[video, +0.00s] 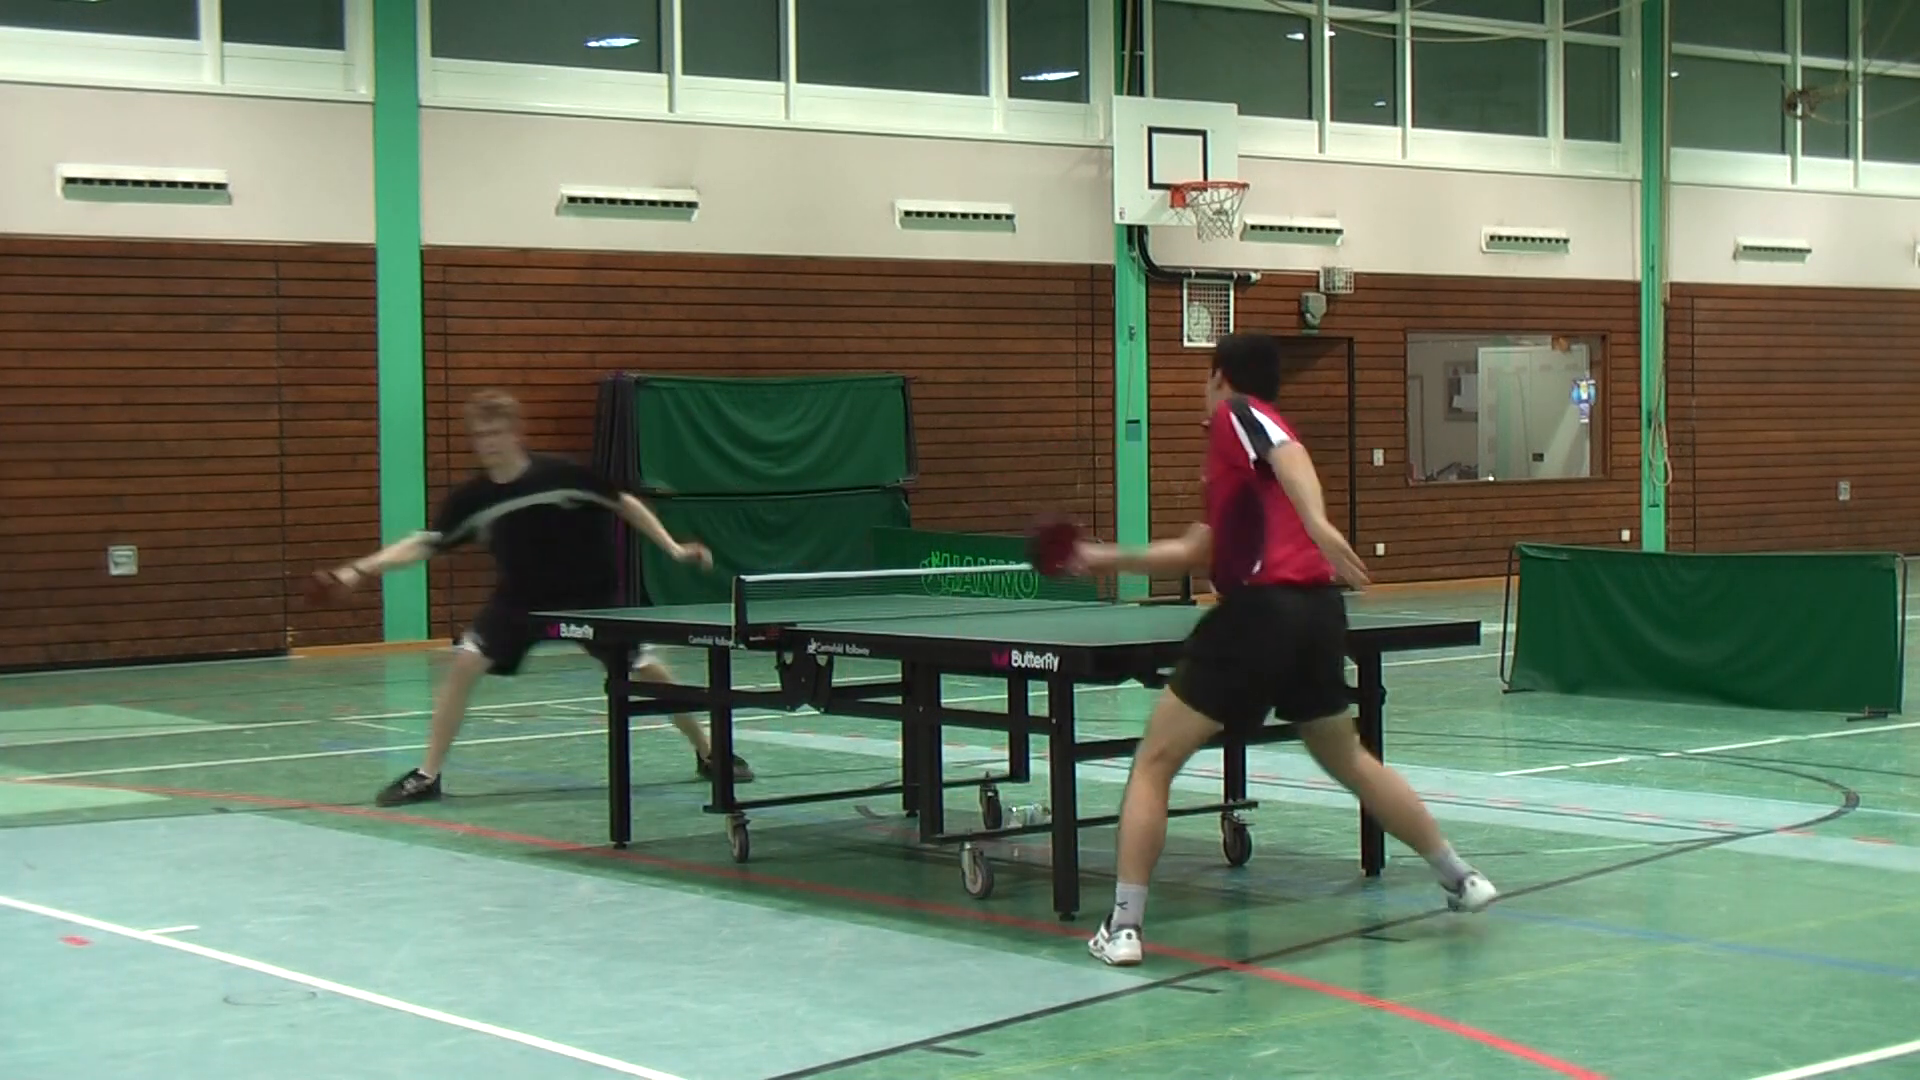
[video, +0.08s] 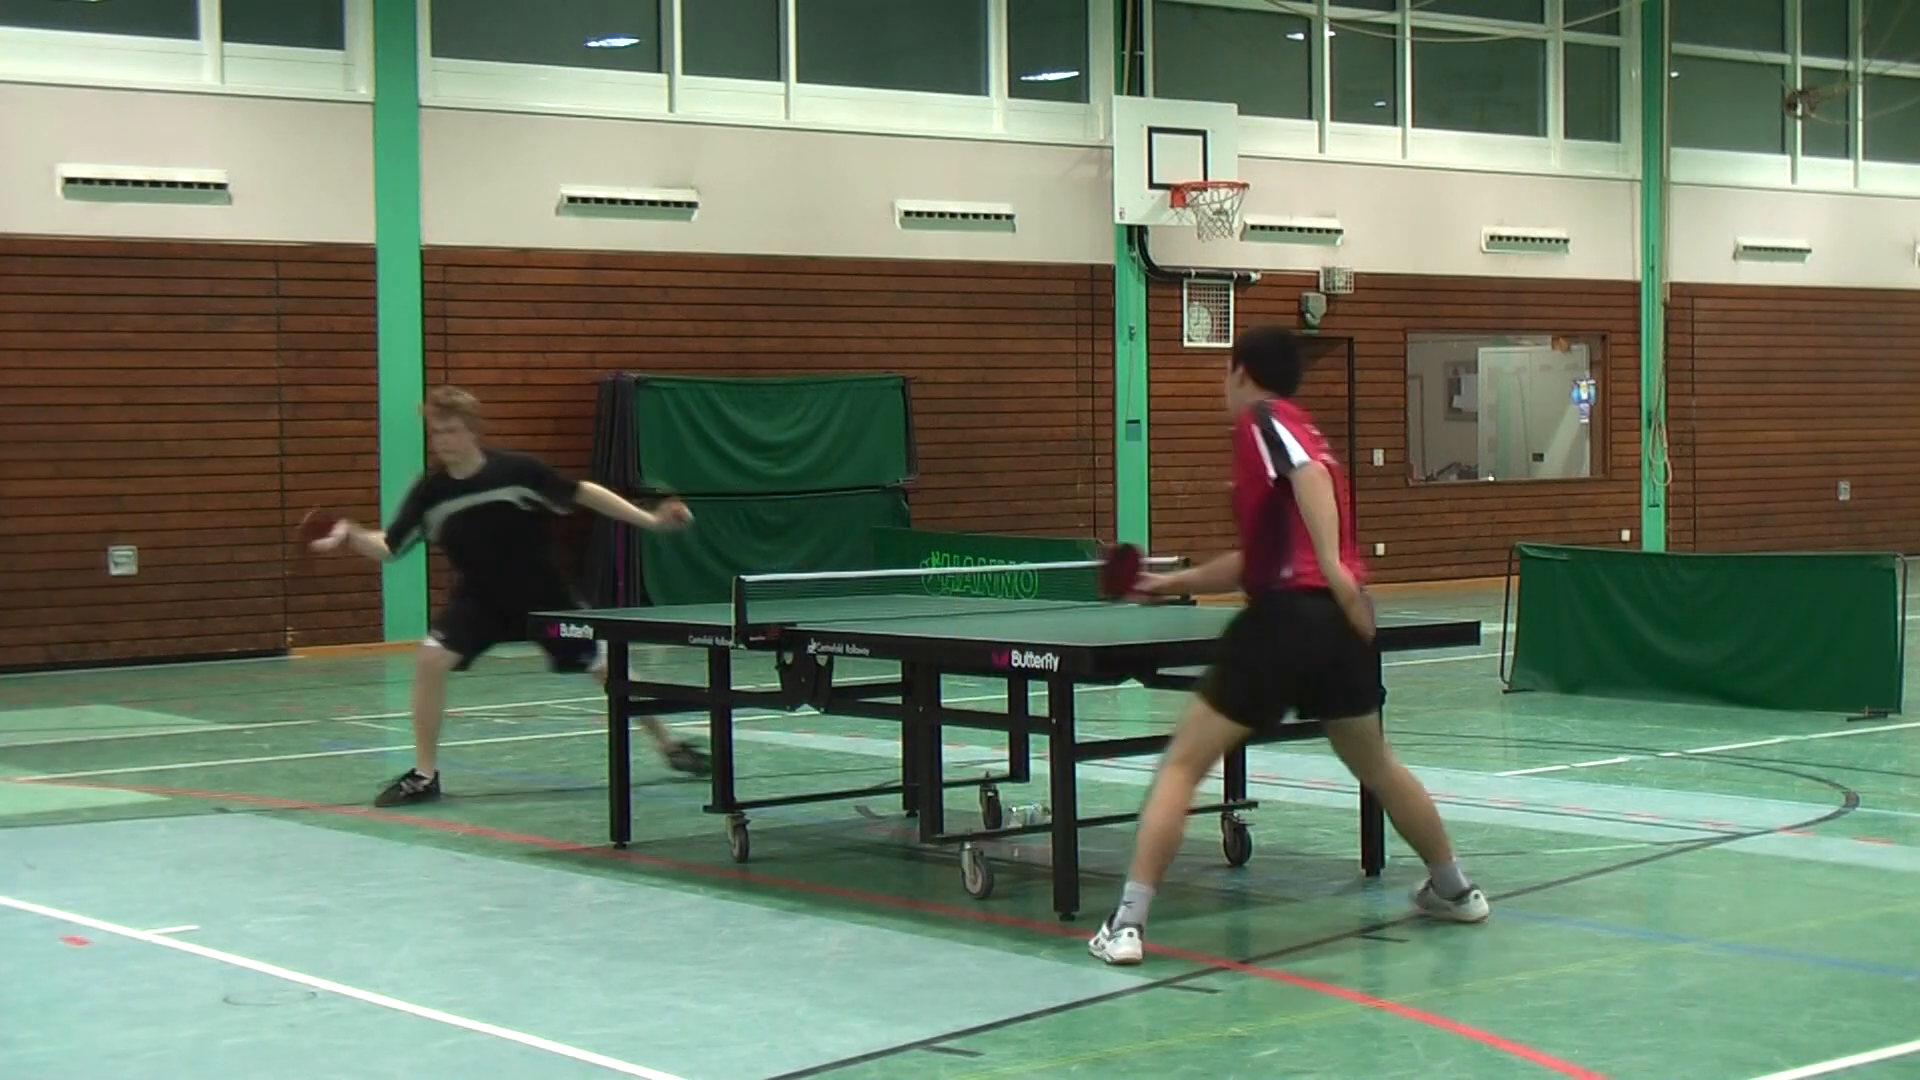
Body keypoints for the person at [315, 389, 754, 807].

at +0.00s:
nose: (488, 442)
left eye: (496, 432)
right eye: (481, 435)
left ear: (518, 431)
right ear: (473, 441)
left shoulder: (561, 476)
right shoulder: (474, 498)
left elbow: (624, 502)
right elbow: (423, 543)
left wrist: (672, 547)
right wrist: (361, 568)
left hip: (587, 597)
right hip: (518, 601)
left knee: (648, 670)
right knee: (464, 663)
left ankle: (710, 752)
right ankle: (427, 776)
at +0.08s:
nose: (440, 440)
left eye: (449, 430)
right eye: (434, 432)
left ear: (473, 430)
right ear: (429, 436)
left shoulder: (515, 472)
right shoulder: (429, 493)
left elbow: (582, 494)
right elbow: (387, 548)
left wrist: (649, 519)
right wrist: (351, 534)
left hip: (542, 597)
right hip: (479, 604)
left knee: (607, 667)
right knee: (430, 657)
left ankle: (670, 746)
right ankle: (424, 775)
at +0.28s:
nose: (421, 376)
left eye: (429, 368)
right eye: (412, 370)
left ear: (442, 372)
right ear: (398, 376)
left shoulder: (471, 419)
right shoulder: (383, 431)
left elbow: (522, 447)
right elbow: (355, 497)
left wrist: (543, 457)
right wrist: (370, 468)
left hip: (476, 559)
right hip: (414, 564)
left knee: (515, 653)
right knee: (398, 649)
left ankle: (510, 748)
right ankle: (408, 763)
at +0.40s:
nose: (394, 368)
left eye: (402, 359)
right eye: (387, 361)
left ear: (425, 359)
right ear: (381, 364)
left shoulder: (459, 410)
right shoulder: (368, 420)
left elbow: (513, 453)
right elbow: (336, 485)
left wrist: (511, 475)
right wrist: (348, 484)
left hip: (450, 552)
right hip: (392, 554)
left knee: (472, 650)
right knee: (396, 646)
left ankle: (446, 747)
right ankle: (376, 766)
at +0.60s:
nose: (346, 369)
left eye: (352, 360)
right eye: (347, 360)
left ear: (376, 363)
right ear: (373, 364)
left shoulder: (434, 413)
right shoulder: (349, 418)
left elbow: (490, 466)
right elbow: (324, 475)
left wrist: (474, 537)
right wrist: (332, 484)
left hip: (413, 559)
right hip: (359, 557)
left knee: (399, 657)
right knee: (359, 650)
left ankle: (383, 747)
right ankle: (361, 761)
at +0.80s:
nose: (320, 360)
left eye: (325, 352)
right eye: (321, 352)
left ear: (346, 355)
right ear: (350, 355)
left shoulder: (392, 406)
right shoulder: (342, 407)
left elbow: (418, 472)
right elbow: (346, 467)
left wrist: (413, 543)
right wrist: (313, 488)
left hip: (381, 547)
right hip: (335, 544)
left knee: (377, 649)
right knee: (307, 642)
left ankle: (381, 756)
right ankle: (306, 753)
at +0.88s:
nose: (306, 361)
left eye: (310, 352)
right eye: (307, 352)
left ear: (331, 355)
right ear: (334, 355)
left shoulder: (376, 406)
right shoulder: (332, 409)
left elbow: (390, 476)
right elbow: (336, 482)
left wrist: (375, 544)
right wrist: (297, 514)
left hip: (370, 547)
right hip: (328, 544)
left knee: (371, 649)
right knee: (295, 636)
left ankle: (380, 757)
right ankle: (294, 748)